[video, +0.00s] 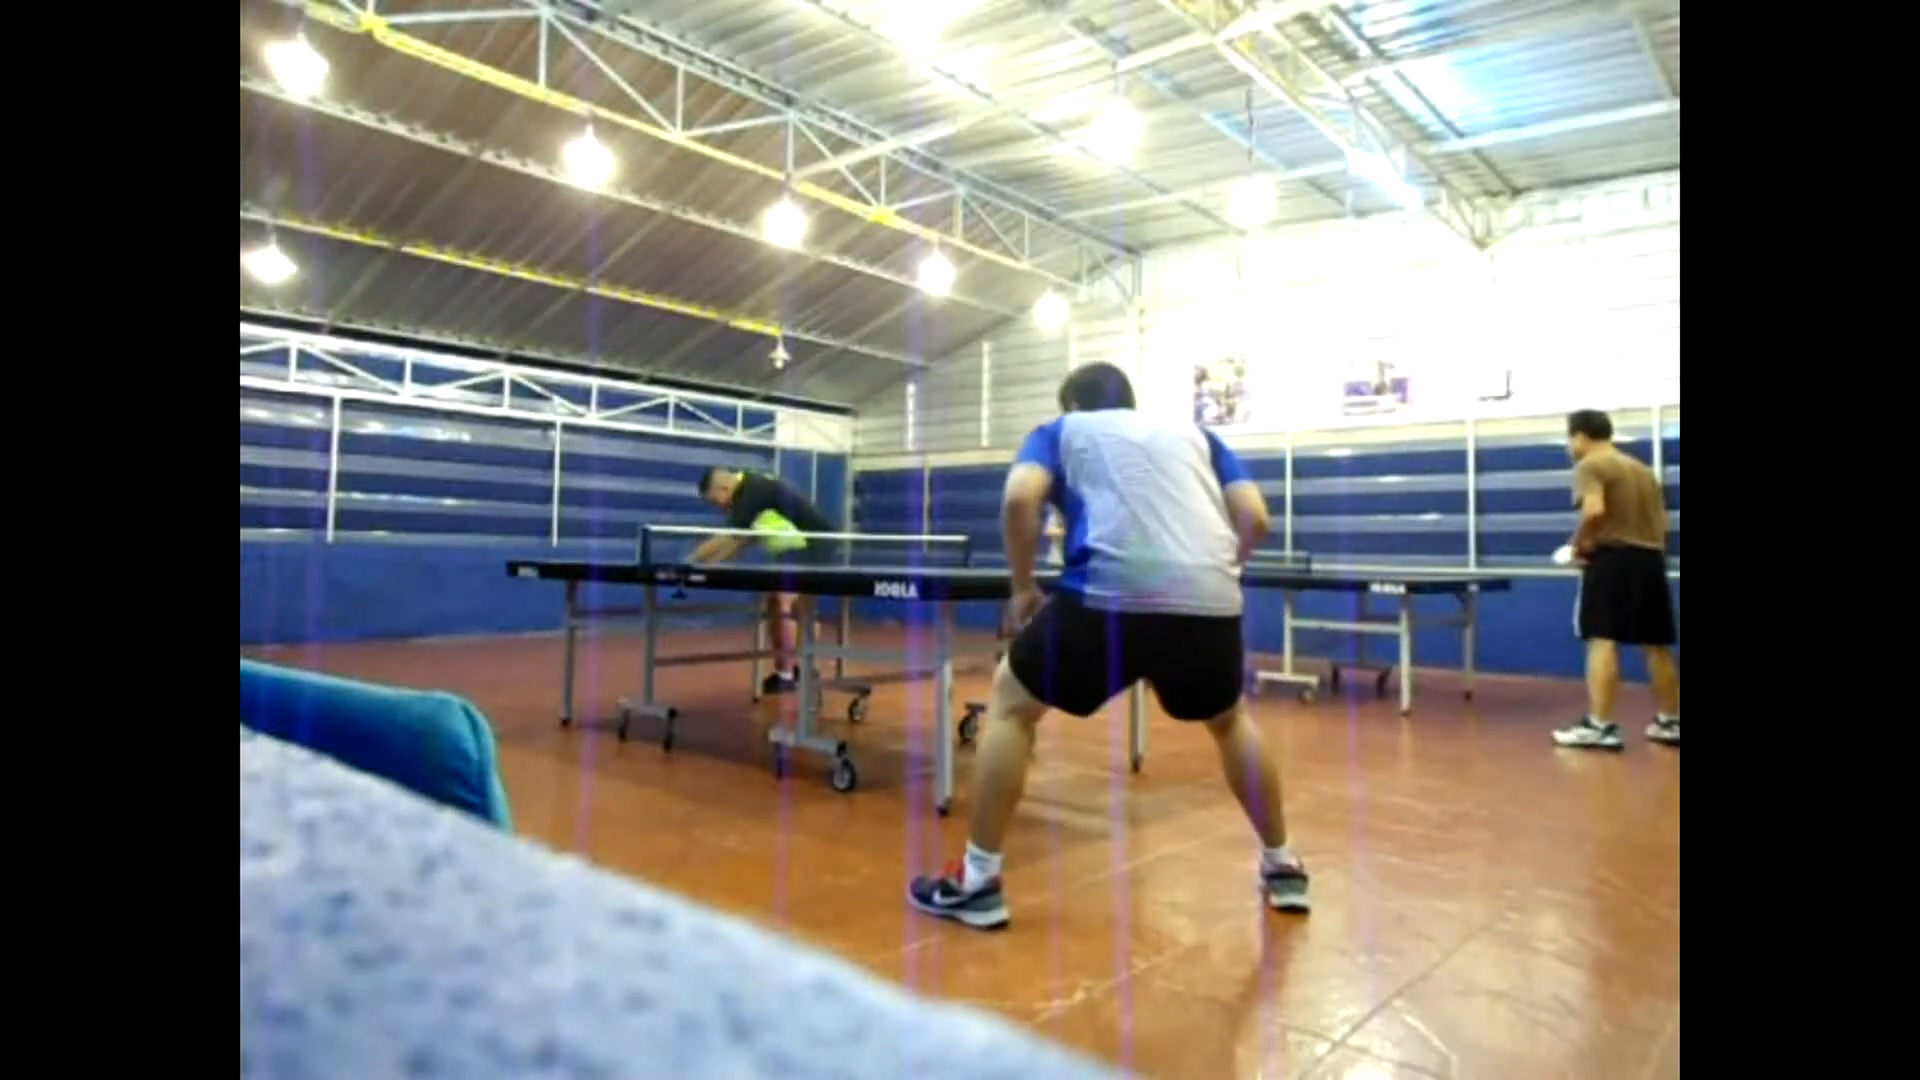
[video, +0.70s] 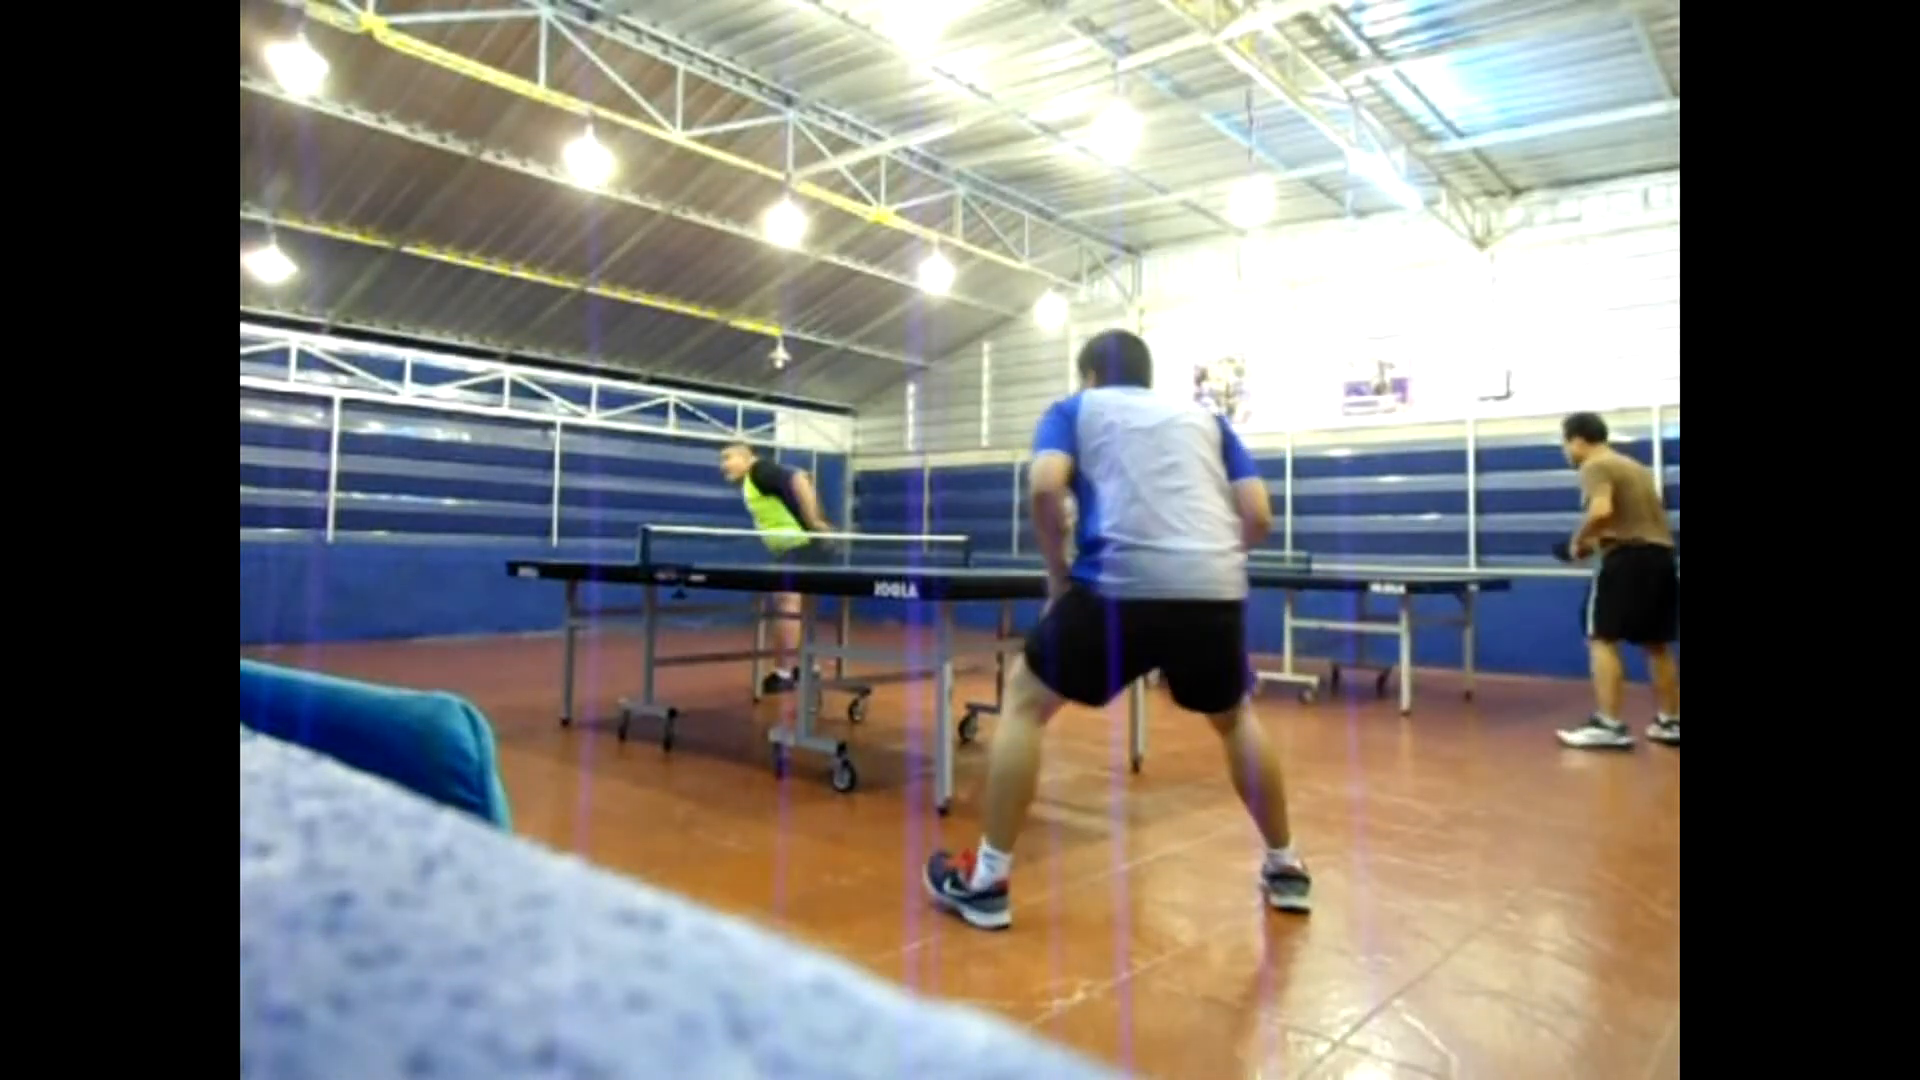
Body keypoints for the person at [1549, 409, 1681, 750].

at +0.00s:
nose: (1570, 446)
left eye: (1572, 438)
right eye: (1570, 439)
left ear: (1584, 437)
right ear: (1606, 435)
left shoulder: (1591, 465)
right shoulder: (1642, 469)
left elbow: (1594, 511)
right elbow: (1660, 521)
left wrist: (1579, 543)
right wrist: (1644, 544)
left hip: (1611, 553)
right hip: (1649, 555)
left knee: (1601, 640)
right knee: (1656, 644)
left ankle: (1599, 723)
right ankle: (1670, 718)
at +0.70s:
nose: (1567, 451)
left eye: (1568, 443)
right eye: (1566, 444)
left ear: (1580, 440)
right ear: (1601, 437)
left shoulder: (1596, 466)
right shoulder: (1635, 467)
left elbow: (1601, 510)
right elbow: (1651, 517)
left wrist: (1580, 539)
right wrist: (1601, 537)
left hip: (1626, 553)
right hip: (1660, 552)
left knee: (1602, 639)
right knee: (1657, 643)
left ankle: (1609, 721)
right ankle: (1671, 718)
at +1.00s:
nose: (1534, 478)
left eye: (1534, 469)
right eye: (1532, 470)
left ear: (1546, 465)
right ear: (1562, 458)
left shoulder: (1575, 485)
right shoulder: (1596, 479)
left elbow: (1551, 537)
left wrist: (1531, 528)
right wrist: (1544, 530)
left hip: (1635, 565)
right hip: (1663, 559)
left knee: (1592, 641)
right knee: (1653, 645)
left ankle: (1597, 724)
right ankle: (1672, 720)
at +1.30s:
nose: (1524, 465)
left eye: (1526, 456)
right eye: (1523, 457)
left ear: (1542, 455)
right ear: (1551, 455)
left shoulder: (1573, 476)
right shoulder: (1560, 486)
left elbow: (1593, 512)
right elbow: (1529, 508)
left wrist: (1554, 532)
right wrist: (1492, 504)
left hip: (1621, 564)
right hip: (1647, 562)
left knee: (1577, 640)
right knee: (1653, 646)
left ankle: (1595, 724)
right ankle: (1680, 718)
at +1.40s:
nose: (1532, 458)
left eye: (1535, 450)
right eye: (1532, 450)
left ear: (1551, 448)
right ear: (1558, 448)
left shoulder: (1579, 472)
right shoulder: (1571, 479)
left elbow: (1620, 497)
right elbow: (1551, 506)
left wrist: (1575, 534)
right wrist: (1508, 504)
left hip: (1621, 562)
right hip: (1646, 561)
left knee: (1575, 640)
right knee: (1654, 644)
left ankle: (1595, 724)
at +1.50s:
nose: (1547, 455)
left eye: (1549, 447)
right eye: (1547, 447)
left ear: (1564, 446)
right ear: (1575, 445)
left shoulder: (1589, 470)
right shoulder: (1586, 474)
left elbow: (1633, 498)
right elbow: (1577, 511)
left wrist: (1595, 534)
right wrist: (1533, 514)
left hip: (1624, 563)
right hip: (1649, 562)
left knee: (1574, 638)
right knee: (1655, 645)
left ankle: (1595, 725)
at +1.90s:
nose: (1583, 468)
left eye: (1583, 460)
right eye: (1582, 460)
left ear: (1596, 457)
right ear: (1614, 453)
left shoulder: (1622, 480)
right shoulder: (1640, 476)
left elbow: (1615, 535)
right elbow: (1627, 533)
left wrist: (1584, 544)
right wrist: (1590, 543)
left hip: (1665, 571)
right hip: (1667, 570)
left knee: (1640, 642)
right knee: (1646, 643)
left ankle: (1654, 729)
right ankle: (1658, 728)